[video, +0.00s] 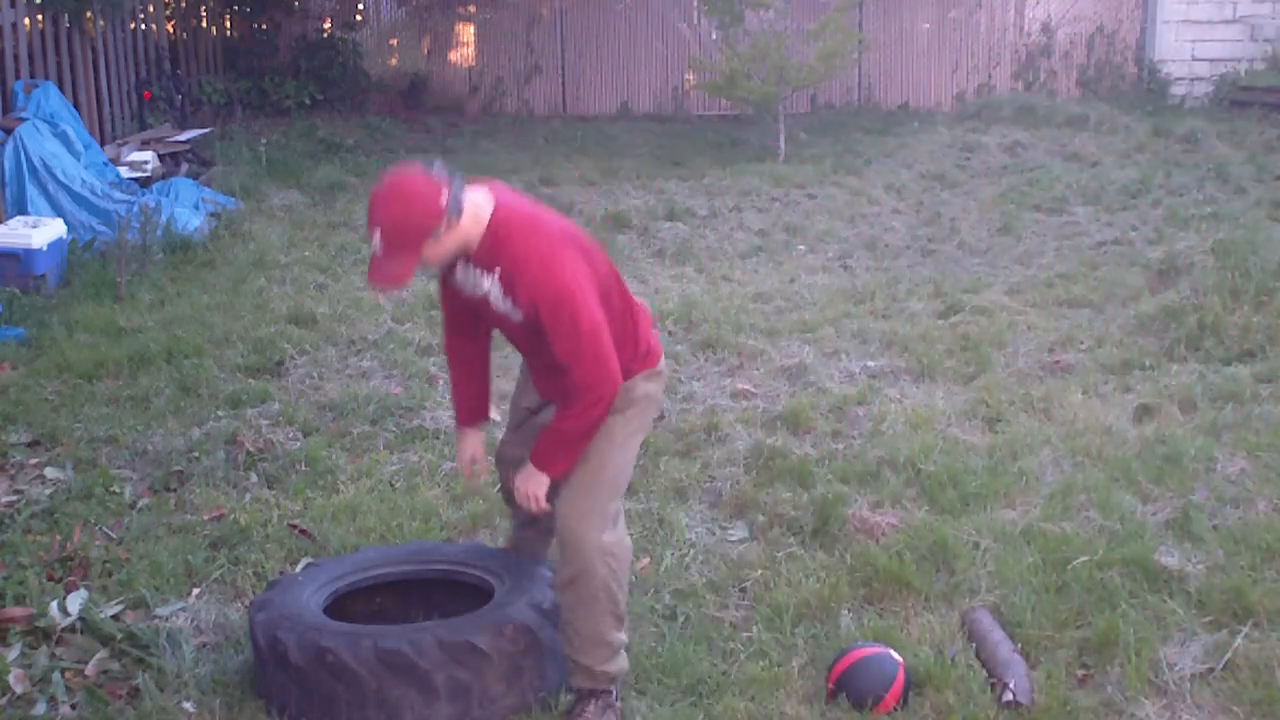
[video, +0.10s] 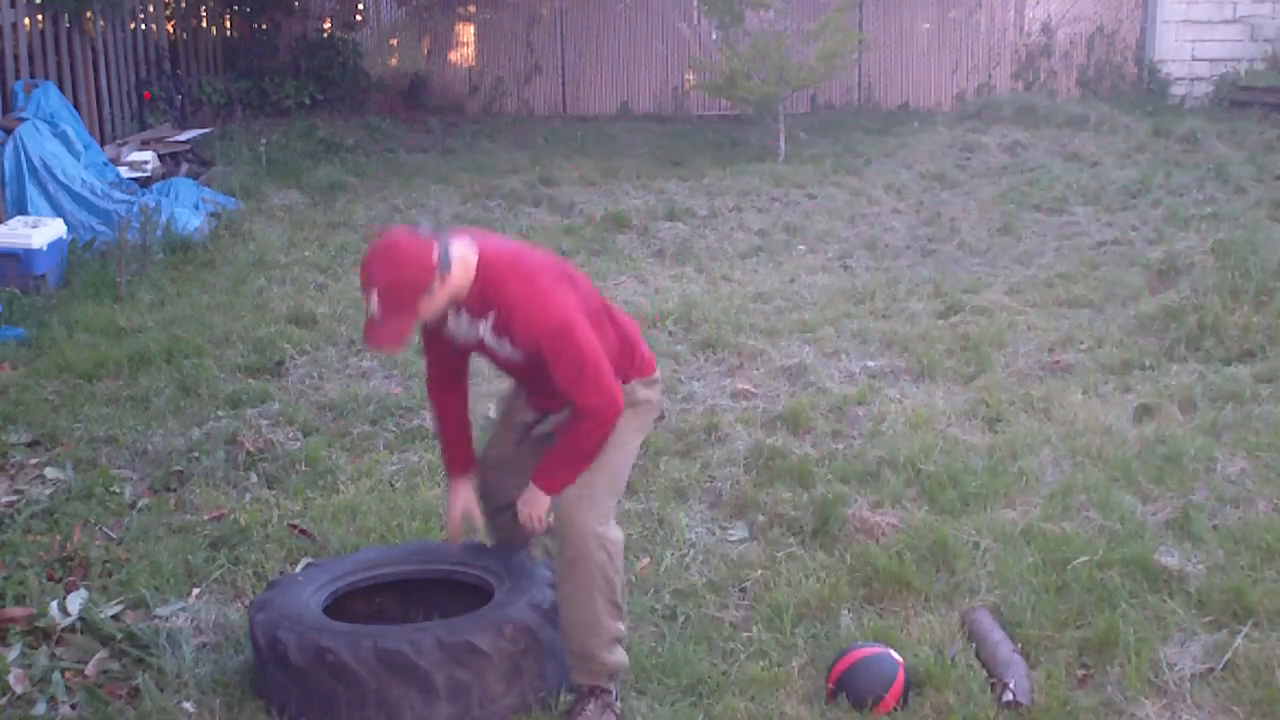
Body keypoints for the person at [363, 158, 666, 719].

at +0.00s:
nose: (423, 265)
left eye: (423, 254)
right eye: (414, 257)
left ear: (445, 223)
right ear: (437, 219)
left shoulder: (541, 257)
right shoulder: (455, 239)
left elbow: (600, 382)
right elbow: (465, 334)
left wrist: (544, 466)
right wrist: (470, 424)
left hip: (623, 373)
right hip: (549, 366)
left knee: (582, 521)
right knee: (518, 468)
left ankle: (598, 686)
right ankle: (527, 597)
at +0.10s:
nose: (416, 321)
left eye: (416, 311)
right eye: (410, 315)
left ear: (437, 283)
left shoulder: (533, 298)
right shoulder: (439, 287)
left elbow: (602, 404)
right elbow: (446, 383)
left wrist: (544, 485)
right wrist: (459, 475)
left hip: (620, 386)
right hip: (540, 385)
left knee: (581, 516)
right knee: (496, 485)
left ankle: (598, 684)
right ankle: (523, 610)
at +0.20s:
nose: (408, 376)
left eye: (407, 363)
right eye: (399, 368)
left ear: (429, 335)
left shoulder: (523, 336)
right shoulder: (423, 335)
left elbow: (602, 422)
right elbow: (436, 423)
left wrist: (538, 490)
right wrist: (448, 517)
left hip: (617, 393)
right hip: (528, 397)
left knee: (580, 513)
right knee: (466, 486)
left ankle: (597, 681)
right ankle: (509, 626)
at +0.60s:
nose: (468, 385)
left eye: (471, 369)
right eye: (457, 373)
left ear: (494, 336)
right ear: (434, 340)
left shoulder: (567, 340)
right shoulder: (450, 331)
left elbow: (625, 426)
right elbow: (445, 420)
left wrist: (553, 498)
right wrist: (449, 516)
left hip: (633, 391)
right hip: (537, 392)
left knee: (600, 513)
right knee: (485, 476)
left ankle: (600, 680)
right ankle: (496, 638)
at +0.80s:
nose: (529, 337)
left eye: (541, 326)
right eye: (519, 327)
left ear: (567, 298)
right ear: (496, 290)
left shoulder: (614, 298)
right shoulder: (478, 272)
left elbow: (638, 418)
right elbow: (443, 365)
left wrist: (567, 497)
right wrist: (434, 460)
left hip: (633, 393)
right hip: (549, 390)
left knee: (624, 529)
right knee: (527, 517)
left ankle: (608, 684)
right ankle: (514, 644)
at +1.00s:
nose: (600, 284)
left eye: (615, 274)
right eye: (591, 271)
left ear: (641, 249)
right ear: (566, 230)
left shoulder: (660, 282)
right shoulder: (515, 237)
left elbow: (639, 395)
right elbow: (452, 333)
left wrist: (561, 460)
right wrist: (421, 452)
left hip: (628, 402)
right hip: (537, 390)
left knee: (628, 540)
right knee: (513, 529)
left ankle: (611, 686)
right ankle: (500, 667)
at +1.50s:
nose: (539, 277)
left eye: (552, 266)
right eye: (526, 265)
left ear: (578, 239)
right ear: (501, 230)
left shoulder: (607, 272)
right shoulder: (465, 239)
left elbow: (596, 421)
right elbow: (387, 324)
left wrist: (546, 544)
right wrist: (348, 426)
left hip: (602, 409)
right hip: (504, 396)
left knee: (605, 556)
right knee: (486, 548)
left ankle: (607, 691)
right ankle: (483, 684)